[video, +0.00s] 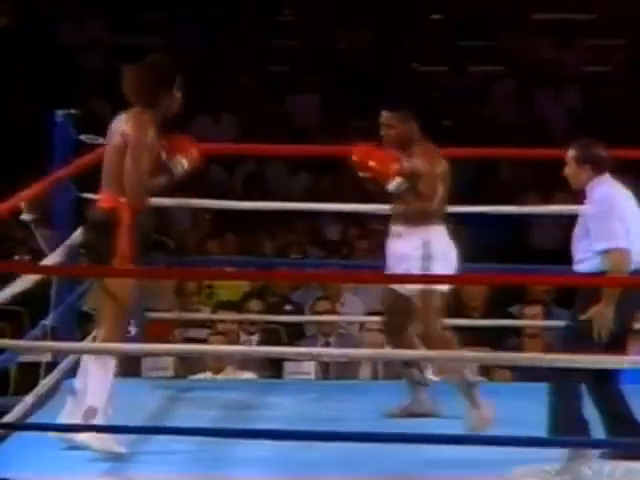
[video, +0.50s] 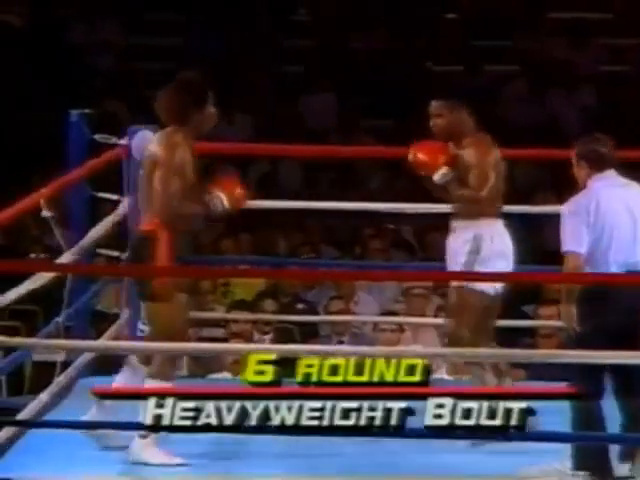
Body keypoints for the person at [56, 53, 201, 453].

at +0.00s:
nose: (180, 98)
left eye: (178, 90)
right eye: (177, 90)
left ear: (141, 89)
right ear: (165, 93)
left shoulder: (123, 122)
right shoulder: (142, 126)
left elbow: (120, 178)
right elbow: (137, 188)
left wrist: (162, 161)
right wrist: (177, 171)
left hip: (106, 219)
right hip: (120, 223)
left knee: (108, 324)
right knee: (114, 325)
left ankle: (78, 412)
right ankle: (93, 419)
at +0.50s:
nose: (215, 113)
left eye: (213, 105)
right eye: (210, 106)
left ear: (179, 109)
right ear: (196, 111)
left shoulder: (165, 142)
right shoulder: (176, 147)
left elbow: (165, 200)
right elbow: (170, 205)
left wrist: (208, 198)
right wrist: (212, 202)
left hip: (153, 239)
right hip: (160, 241)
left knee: (162, 330)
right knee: (172, 339)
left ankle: (113, 399)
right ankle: (148, 438)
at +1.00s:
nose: (275, 122)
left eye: (275, 115)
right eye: (269, 116)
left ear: (251, 121)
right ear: (249, 120)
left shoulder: (255, 149)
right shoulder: (218, 153)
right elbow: (223, 206)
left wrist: (277, 179)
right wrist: (262, 194)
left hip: (248, 240)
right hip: (218, 242)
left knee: (279, 332)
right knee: (206, 331)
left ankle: (299, 417)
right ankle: (153, 430)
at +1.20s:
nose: (306, 114)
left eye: (305, 107)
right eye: (301, 107)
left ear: (281, 109)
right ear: (283, 110)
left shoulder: (278, 137)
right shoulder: (243, 136)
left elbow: (270, 179)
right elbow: (239, 191)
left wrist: (301, 169)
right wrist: (282, 182)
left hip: (259, 222)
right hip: (232, 221)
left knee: (286, 317)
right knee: (233, 321)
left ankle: (278, 400)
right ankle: (187, 401)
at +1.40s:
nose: (288, 98)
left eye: (287, 90)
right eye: (282, 91)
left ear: (256, 92)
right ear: (264, 93)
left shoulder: (252, 125)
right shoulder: (236, 125)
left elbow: (265, 174)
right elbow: (264, 175)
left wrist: (293, 179)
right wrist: (295, 146)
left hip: (250, 213)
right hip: (227, 213)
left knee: (277, 299)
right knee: (219, 307)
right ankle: (180, 387)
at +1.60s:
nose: (276, 102)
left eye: (275, 94)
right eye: (270, 95)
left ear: (254, 99)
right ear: (250, 97)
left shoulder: (253, 132)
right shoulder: (223, 133)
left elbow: (254, 179)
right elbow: (227, 188)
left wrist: (285, 172)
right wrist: (275, 179)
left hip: (254, 232)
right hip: (222, 233)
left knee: (301, 307)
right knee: (200, 317)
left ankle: (295, 392)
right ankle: (165, 394)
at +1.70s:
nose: (290, 112)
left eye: (289, 104)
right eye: (285, 104)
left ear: (272, 108)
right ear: (269, 106)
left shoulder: (279, 139)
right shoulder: (226, 136)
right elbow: (229, 191)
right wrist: (271, 165)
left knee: (298, 304)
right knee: (198, 306)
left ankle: (296, 389)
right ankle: (165, 388)